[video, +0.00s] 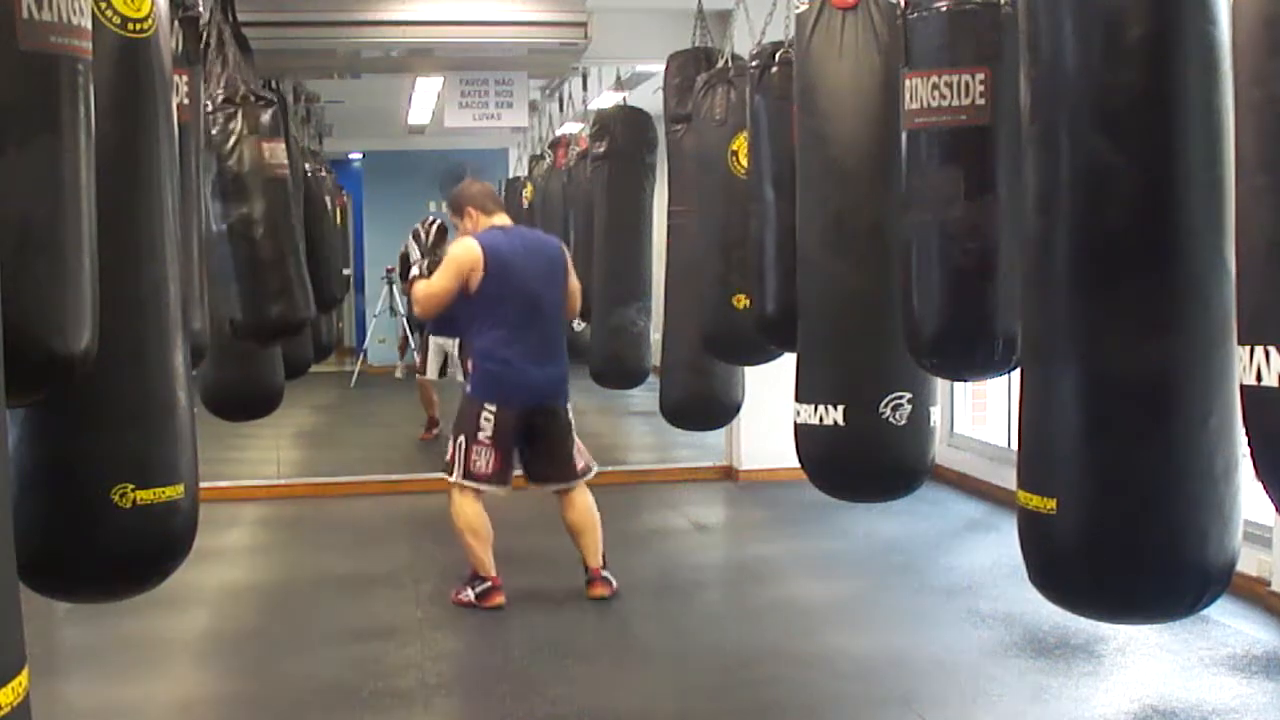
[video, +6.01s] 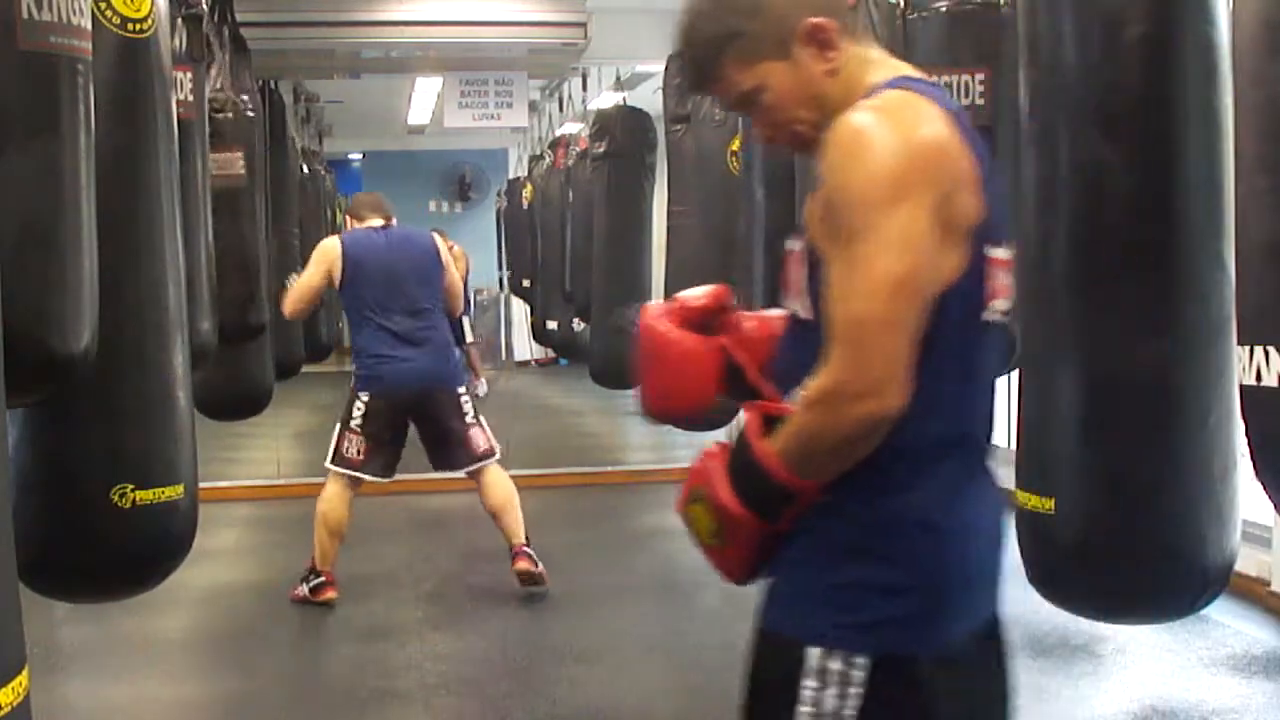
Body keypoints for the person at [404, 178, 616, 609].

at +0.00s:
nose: (460, 230)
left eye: (458, 224)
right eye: (458, 224)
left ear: (470, 215)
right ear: (501, 209)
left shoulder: (468, 249)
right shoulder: (554, 247)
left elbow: (426, 304)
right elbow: (572, 308)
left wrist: (417, 276)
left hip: (494, 388)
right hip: (550, 388)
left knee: (464, 487)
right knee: (570, 484)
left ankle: (486, 581)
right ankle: (598, 573)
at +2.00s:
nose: (333, 262)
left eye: (332, 254)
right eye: (332, 256)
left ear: (342, 248)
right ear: (372, 242)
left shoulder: (357, 274)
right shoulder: (420, 271)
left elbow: (358, 340)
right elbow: (422, 339)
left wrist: (308, 341)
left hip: (392, 409)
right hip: (443, 406)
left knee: (310, 476)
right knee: (484, 484)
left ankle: (318, 582)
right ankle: (548, 555)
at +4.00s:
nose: (279, 240)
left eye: (280, 233)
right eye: (279, 235)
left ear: (292, 229)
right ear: (323, 229)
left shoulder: (305, 248)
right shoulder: (345, 269)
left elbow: (245, 293)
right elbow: (325, 344)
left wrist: (245, 256)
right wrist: (273, 344)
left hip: (316, 396)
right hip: (364, 397)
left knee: (255, 489)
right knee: (365, 496)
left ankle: (250, 596)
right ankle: (447, 553)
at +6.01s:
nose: (344, 227)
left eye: (345, 222)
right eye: (347, 222)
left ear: (350, 222)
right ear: (392, 220)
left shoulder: (334, 248)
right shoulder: (432, 243)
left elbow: (293, 308)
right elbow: (456, 307)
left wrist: (297, 283)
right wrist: (455, 266)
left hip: (380, 380)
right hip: (441, 376)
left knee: (340, 479)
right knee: (485, 466)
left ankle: (320, 575)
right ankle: (521, 549)